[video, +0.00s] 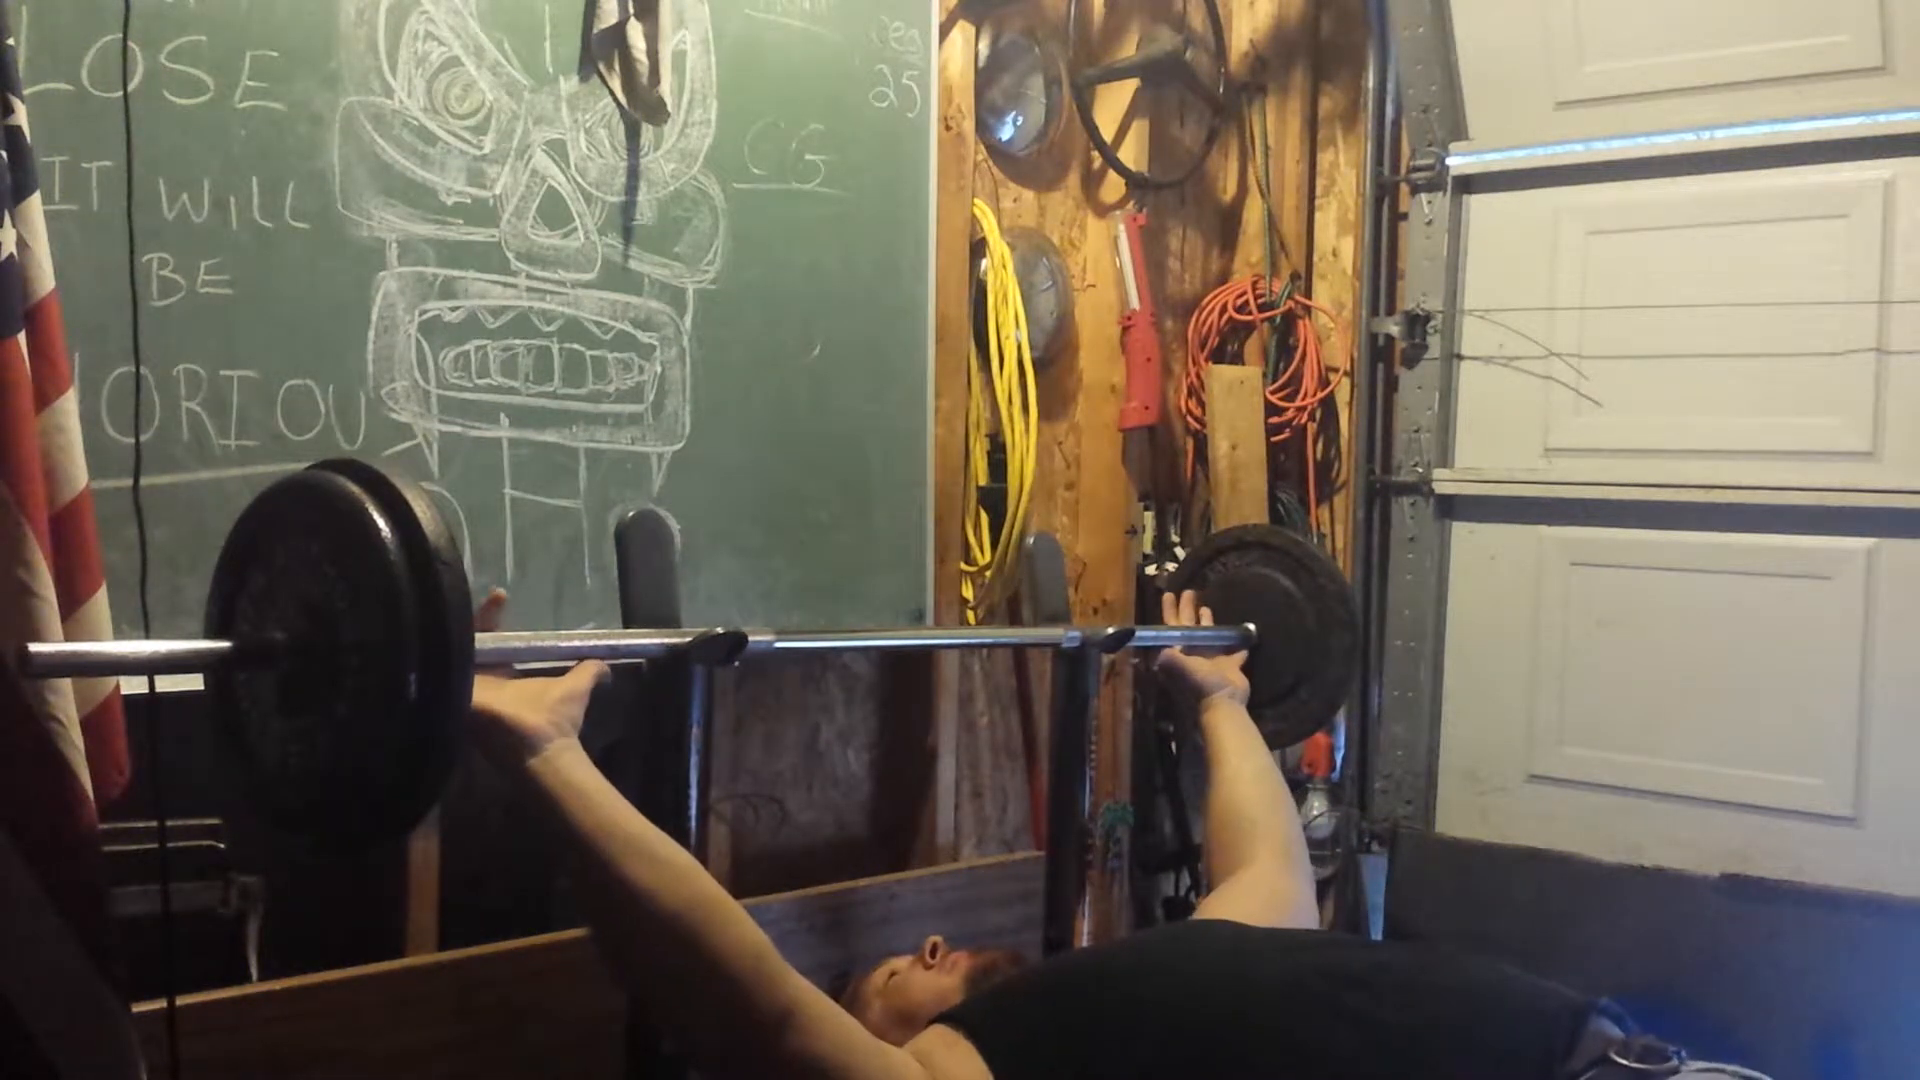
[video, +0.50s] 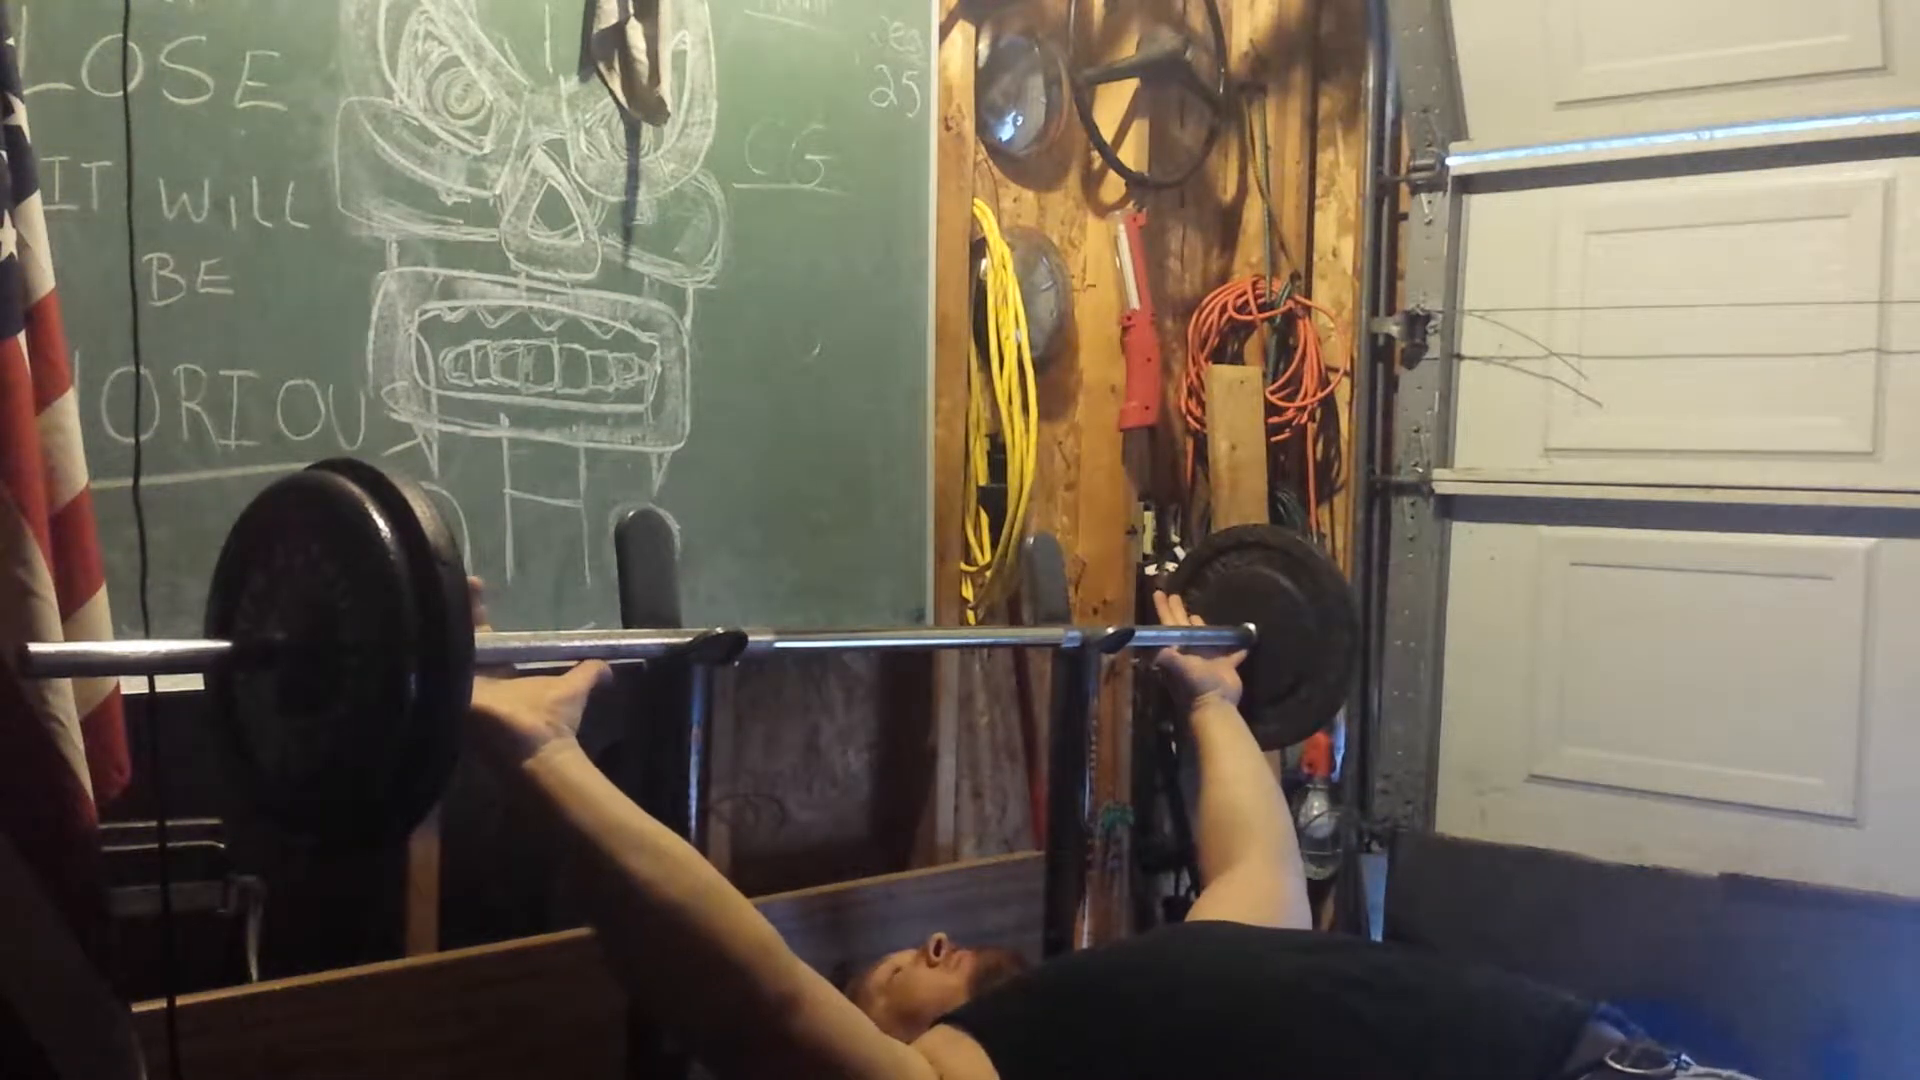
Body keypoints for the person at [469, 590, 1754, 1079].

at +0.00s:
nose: (912, 950)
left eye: (908, 953)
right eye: (876, 975)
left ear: (961, 972)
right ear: (856, 1037)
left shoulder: (1172, 979)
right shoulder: (935, 1073)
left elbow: (1264, 867)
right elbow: (746, 982)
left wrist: (1221, 697)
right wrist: (554, 755)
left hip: (1667, 1052)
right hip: (1568, 1068)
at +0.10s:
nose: (911, 950)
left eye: (911, 951)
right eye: (877, 976)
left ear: (965, 967)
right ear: (860, 1040)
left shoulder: (1168, 979)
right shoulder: (946, 1073)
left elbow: (1259, 866)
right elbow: (754, 987)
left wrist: (1217, 699)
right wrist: (549, 756)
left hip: (1659, 1053)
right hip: (1574, 1064)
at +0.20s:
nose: (917, 952)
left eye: (922, 949)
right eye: (890, 980)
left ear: (977, 959)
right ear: (892, 1046)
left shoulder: (1189, 973)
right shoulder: (948, 1071)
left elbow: (1255, 850)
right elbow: (752, 985)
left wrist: (1213, 694)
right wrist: (547, 756)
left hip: (1647, 1050)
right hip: (1553, 1062)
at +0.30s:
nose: (912, 953)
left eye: (913, 950)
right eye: (884, 979)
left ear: (970, 962)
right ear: (880, 1043)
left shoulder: (1171, 986)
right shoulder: (952, 1071)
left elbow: (1255, 860)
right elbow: (761, 997)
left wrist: (1212, 699)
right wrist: (545, 755)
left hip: (1657, 1052)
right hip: (1565, 1063)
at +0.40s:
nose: (914, 946)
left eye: (910, 948)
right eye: (884, 974)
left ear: (967, 965)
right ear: (879, 1044)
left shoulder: (1167, 981)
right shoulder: (956, 1073)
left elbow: (1254, 861)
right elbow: (761, 988)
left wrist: (1214, 700)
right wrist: (547, 754)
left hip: (1666, 1052)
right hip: (1570, 1063)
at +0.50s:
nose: (915, 948)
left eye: (914, 948)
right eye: (887, 975)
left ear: (972, 965)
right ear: (887, 1043)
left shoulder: (1165, 987)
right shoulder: (954, 1073)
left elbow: (1256, 856)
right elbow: (768, 998)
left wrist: (1213, 698)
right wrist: (546, 753)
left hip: (1662, 1054)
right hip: (1573, 1062)